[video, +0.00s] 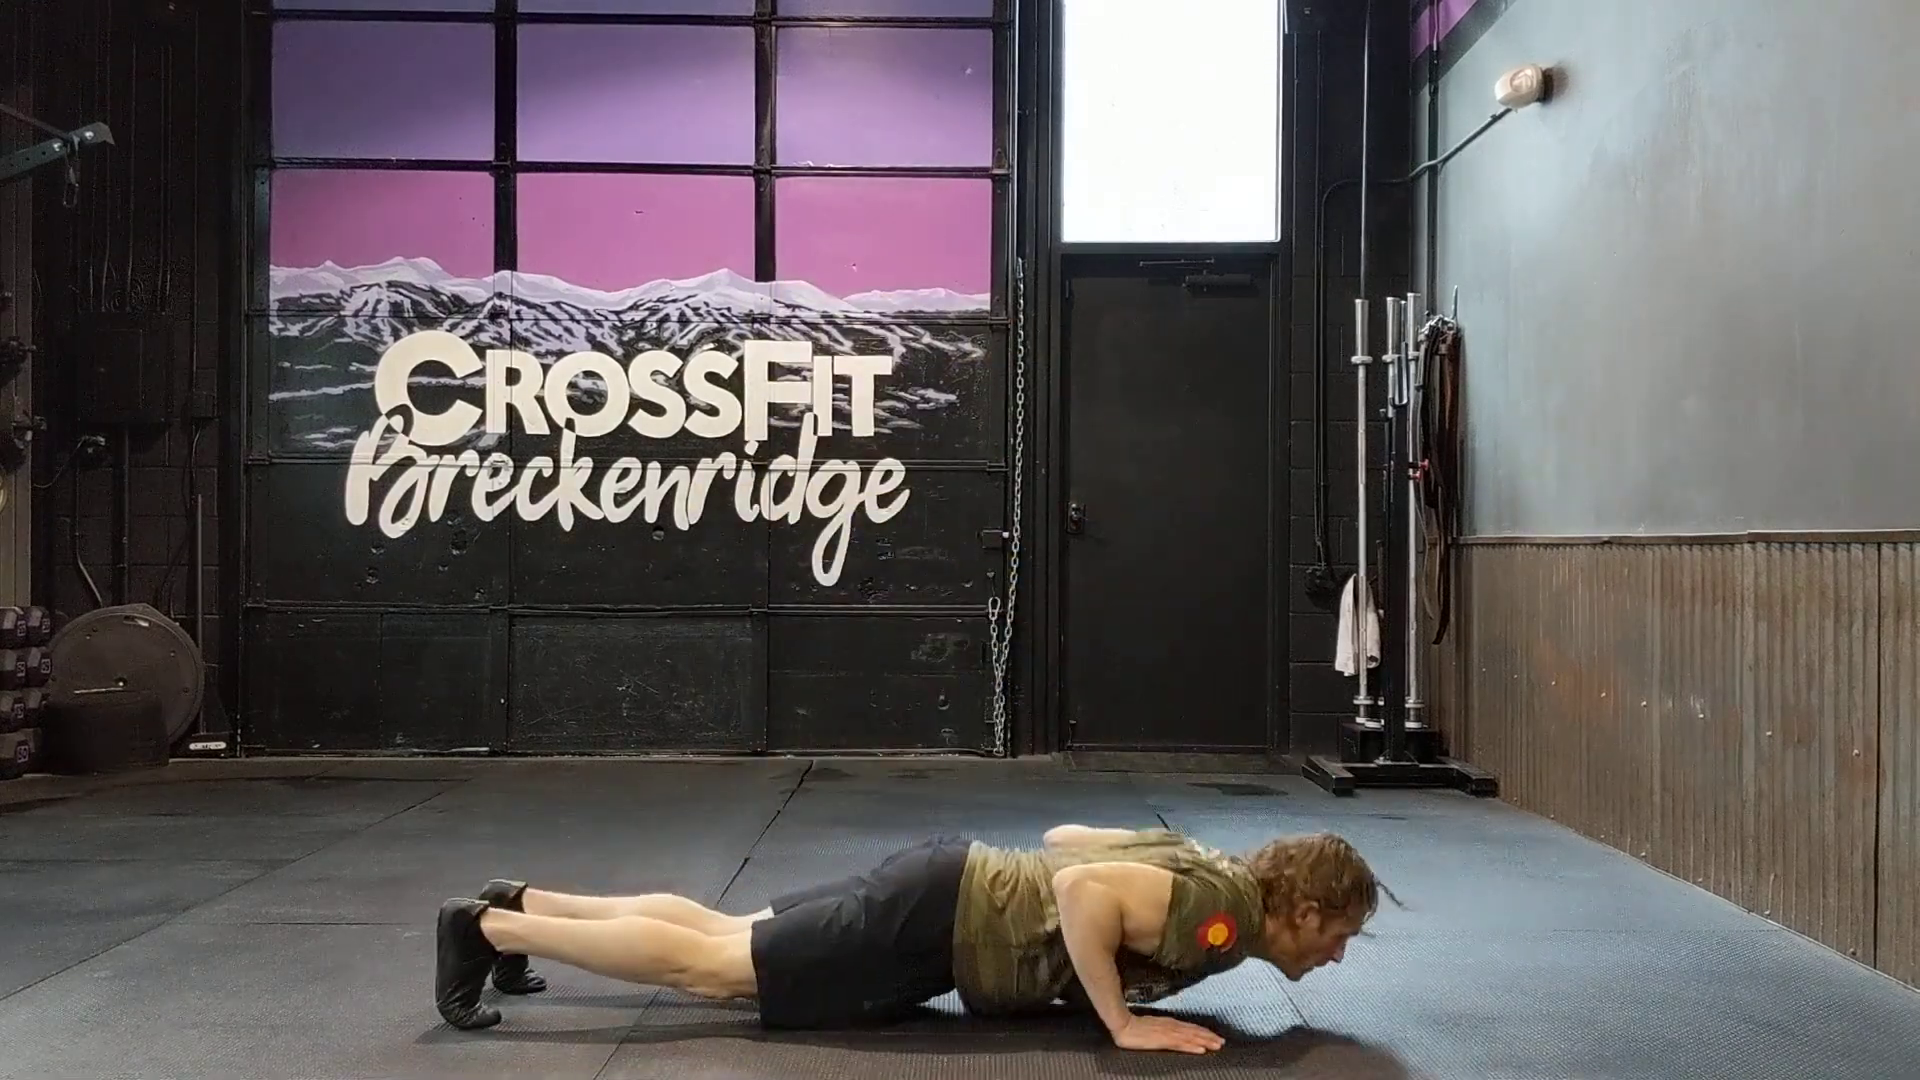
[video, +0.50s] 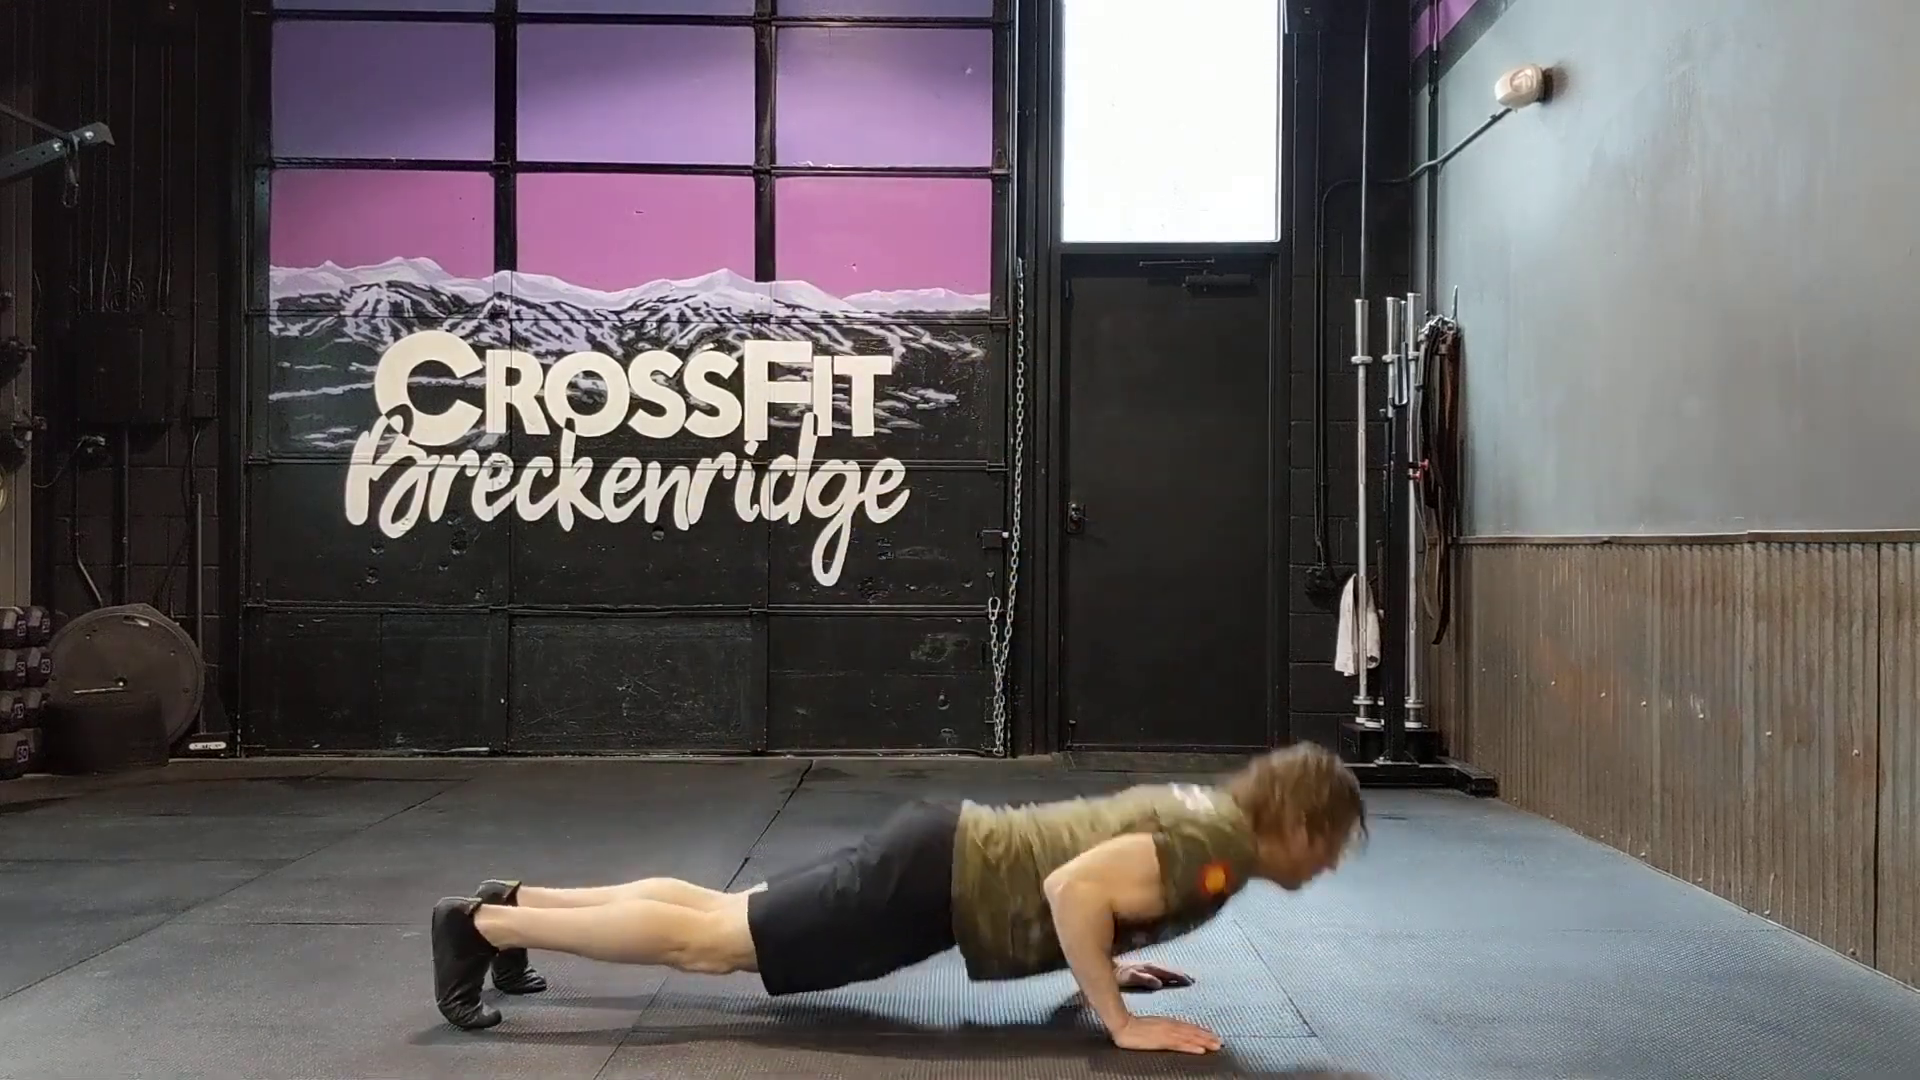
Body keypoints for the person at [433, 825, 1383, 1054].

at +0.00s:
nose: (1340, 953)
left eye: (1346, 939)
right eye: (1340, 936)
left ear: (1297, 905)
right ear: (1295, 914)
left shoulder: (1221, 898)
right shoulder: (1205, 906)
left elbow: (1090, 862)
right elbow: (1080, 895)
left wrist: (1104, 979)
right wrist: (1124, 1017)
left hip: (950, 909)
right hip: (939, 918)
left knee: (729, 938)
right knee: (713, 966)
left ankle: (529, 903)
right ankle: (495, 929)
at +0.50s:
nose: (1331, 860)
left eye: (1336, 849)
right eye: (1331, 846)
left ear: (1279, 810)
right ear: (1295, 831)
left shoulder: (1213, 823)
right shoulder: (1204, 856)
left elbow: (1095, 863)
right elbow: (1079, 887)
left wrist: (1129, 946)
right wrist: (1122, 1021)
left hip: (949, 850)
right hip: (945, 879)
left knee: (724, 913)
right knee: (714, 940)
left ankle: (518, 907)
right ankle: (487, 931)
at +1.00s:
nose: (1244, 755)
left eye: (1259, 748)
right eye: (1253, 738)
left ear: (1232, 699)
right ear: (1229, 698)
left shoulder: (1157, 682)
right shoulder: (1149, 687)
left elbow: (1111, 846)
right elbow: (1104, 859)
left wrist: (1112, 967)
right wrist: (1119, 1016)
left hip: (925, 606)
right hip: (905, 588)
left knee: (903, 795)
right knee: (856, 812)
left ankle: (699, 858)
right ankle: (648, 907)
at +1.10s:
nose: (1213, 741)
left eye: (1226, 731)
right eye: (1218, 722)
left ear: (1187, 678)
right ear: (1188, 683)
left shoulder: (1122, 663)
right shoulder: (1116, 676)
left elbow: (1091, 845)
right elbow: (1096, 858)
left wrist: (1110, 966)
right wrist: (1124, 1019)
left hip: (896, 575)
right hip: (877, 571)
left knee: (1000, 747)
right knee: (973, 772)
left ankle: (872, 901)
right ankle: (819, 950)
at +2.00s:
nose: (1088, 74)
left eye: (1089, 57)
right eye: (1079, 54)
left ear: (1042, 60)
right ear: (1029, 54)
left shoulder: (1029, 138)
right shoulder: (990, 123)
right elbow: (1060, 4)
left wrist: (1027, 45)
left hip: (1008, 411)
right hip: (978, 411)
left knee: (980, 644)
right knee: (969, 646)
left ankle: (947, 850)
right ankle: (927, 886)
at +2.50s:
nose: (1138, 260)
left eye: (1144, 243)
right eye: (1138, 238)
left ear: (1092, 218)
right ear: (1093, 216)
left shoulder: (1031, 295)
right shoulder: (1007, 291)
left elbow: (956, 439)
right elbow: (927, 436)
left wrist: (982, 573)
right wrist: (971, 576)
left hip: (957, 552)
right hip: (934, 551)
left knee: (960, 754)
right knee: (957, 756)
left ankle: (931, 956)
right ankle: (911, 989)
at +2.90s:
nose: (1205, 618)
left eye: (1215, 606)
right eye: (1210, 599)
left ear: (1174, 560)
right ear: (1177, 562)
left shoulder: (1104, 558)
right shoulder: (1100, 563)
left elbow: (1096, 750)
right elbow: (1093, 760)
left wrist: (1127, 880)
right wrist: (1135, 913)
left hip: (868, 584)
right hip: (854, 588)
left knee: (997, 768)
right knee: (1000, 773)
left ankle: (938, 960)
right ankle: (912, 991)